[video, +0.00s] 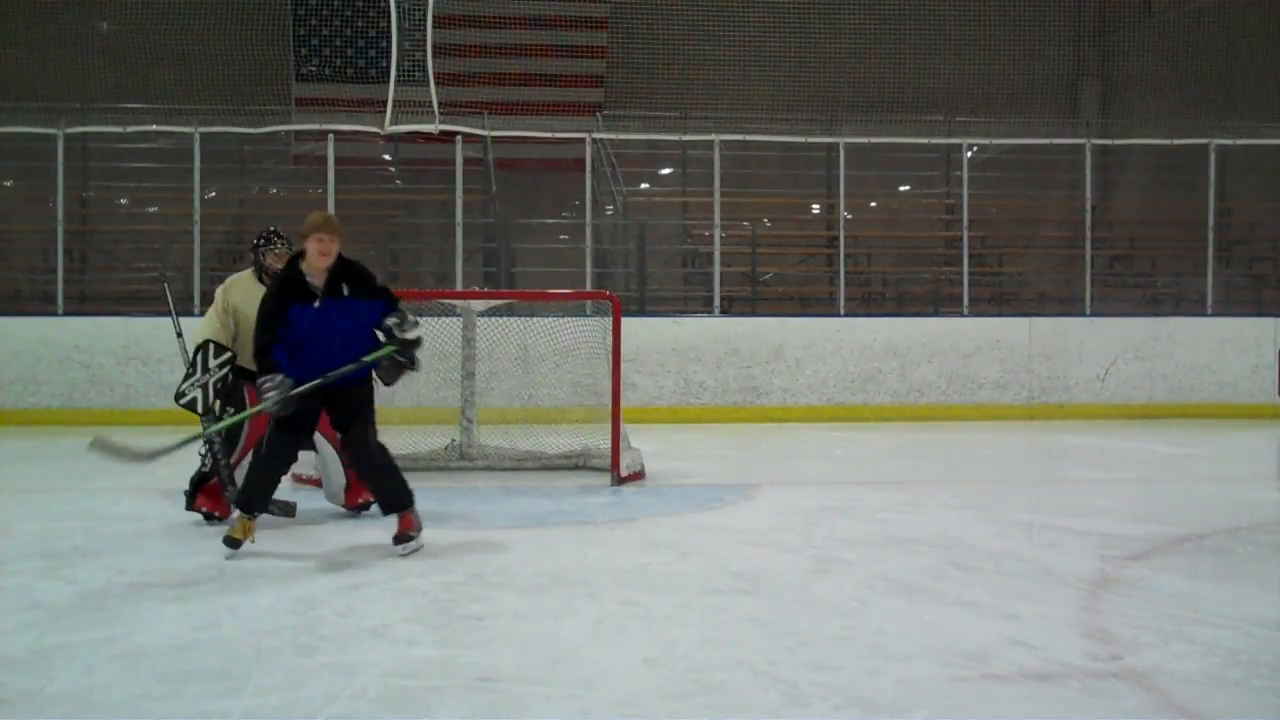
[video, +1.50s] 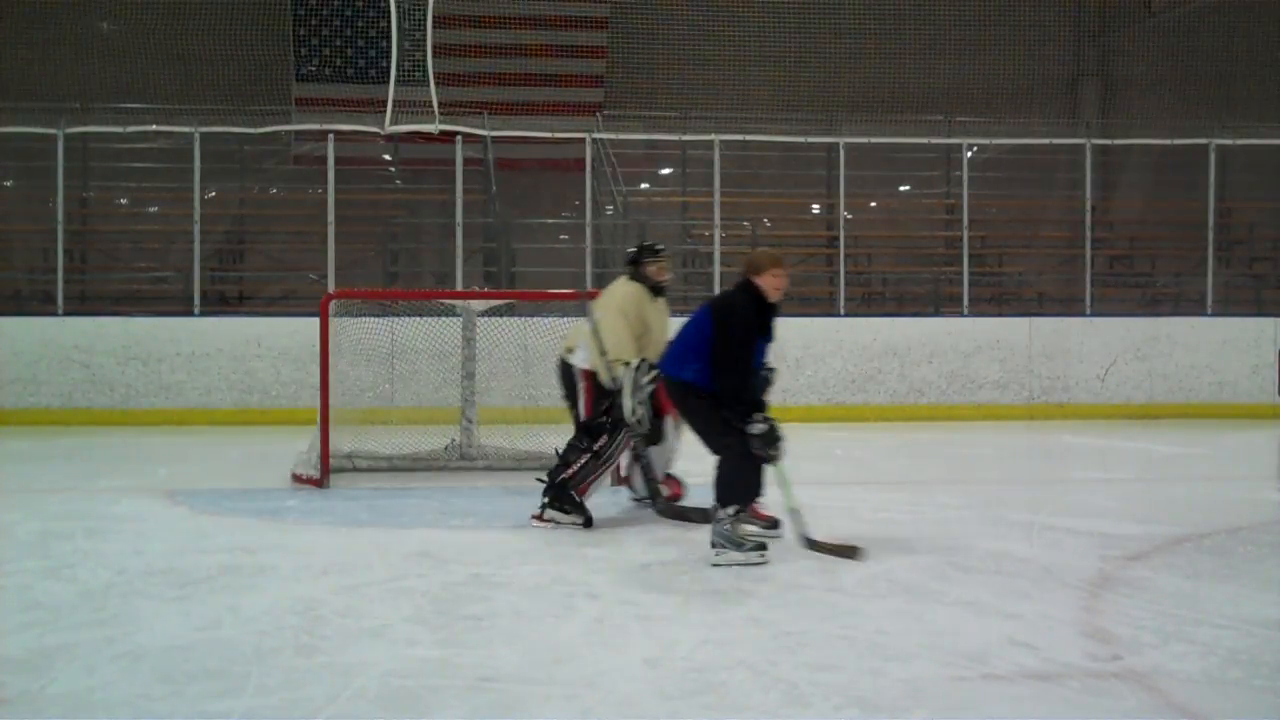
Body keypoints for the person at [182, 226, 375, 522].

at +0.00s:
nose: (280, 260)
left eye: (285, 254)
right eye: (273, 254)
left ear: (292, 255)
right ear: (259, 257)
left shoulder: (303, 286)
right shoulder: (235, 288)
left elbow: (330, 331)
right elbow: (213, 331)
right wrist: (215, 371)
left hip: (302, 373)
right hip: (251, 374)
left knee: (333, 430)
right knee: (248, 431)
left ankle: (353, 487)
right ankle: (210, 491)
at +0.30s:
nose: (324, 267)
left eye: (327, 261)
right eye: (317, 262)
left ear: (332, 263)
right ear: (300, 264)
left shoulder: (340, 292)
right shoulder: (275, 295)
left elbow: (352, 333)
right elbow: (259, 342)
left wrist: (352, 364)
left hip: (325, 378)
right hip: (284, 378)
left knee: (369, 421)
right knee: (270, 432)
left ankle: (360, 488)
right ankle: (218, 488)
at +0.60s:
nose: (426, 258)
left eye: (427, 252)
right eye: (419, 252)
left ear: (426, 255)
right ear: (403, 255)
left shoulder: (413, 284)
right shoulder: (387, 278)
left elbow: (415, 327)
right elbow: (371, 322)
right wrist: (386, 352)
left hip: (375, 359)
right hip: (346, 355)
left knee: (398, 421)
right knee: (336, 424)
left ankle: (384, 487)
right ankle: (279, 484)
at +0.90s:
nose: (498, 262)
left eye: (501, 256)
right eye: (491, 256)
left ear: (505, 259)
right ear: (474, 258)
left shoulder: (500, 290)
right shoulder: (455, 285)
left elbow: (502, 337)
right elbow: (456, 342)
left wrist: (503, 374)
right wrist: (472, 381)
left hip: (456, 359)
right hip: (419, 352)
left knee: (462, 421)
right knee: (446, 423)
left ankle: (440, 484)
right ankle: (419, 490)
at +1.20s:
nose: (579, 271)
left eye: (581, 265)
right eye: (572, 265)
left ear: (583, 268)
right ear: (555, 268)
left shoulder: (579, 303)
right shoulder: (539, 294)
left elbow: (584, 350)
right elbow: (537, 348)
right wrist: (553, 390)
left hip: (534, 371)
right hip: (502, 363)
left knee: (551, 428)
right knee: (539, 428)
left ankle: (517, 487)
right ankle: (513, 491)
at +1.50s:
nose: (663, 270)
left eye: (665, 264)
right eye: (655, 265)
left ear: (666, 268)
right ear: (639, 269)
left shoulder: (657, 302)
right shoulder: (623, 292)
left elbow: (657, 348)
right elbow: (617, 339)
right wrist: (631, 379)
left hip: (615, 371)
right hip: (582, 363)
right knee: (593, 433)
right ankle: (560, 494)